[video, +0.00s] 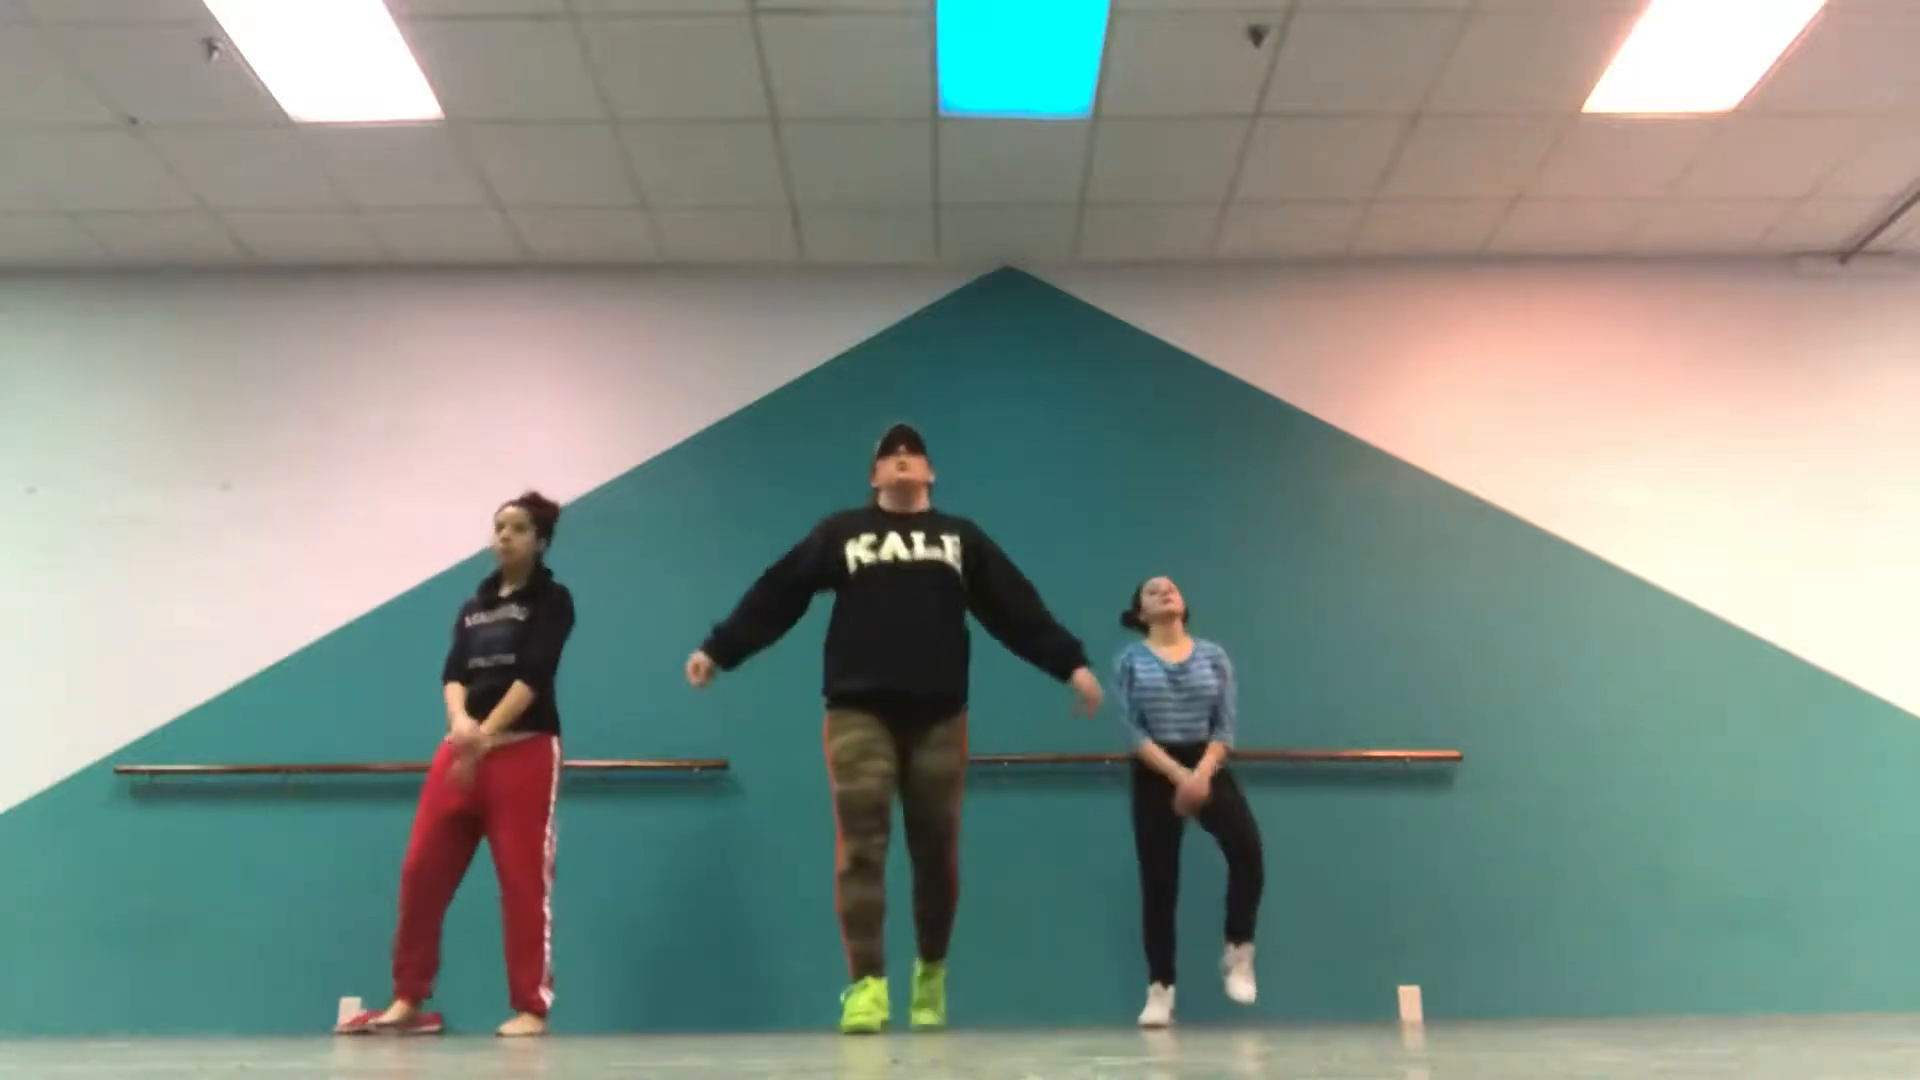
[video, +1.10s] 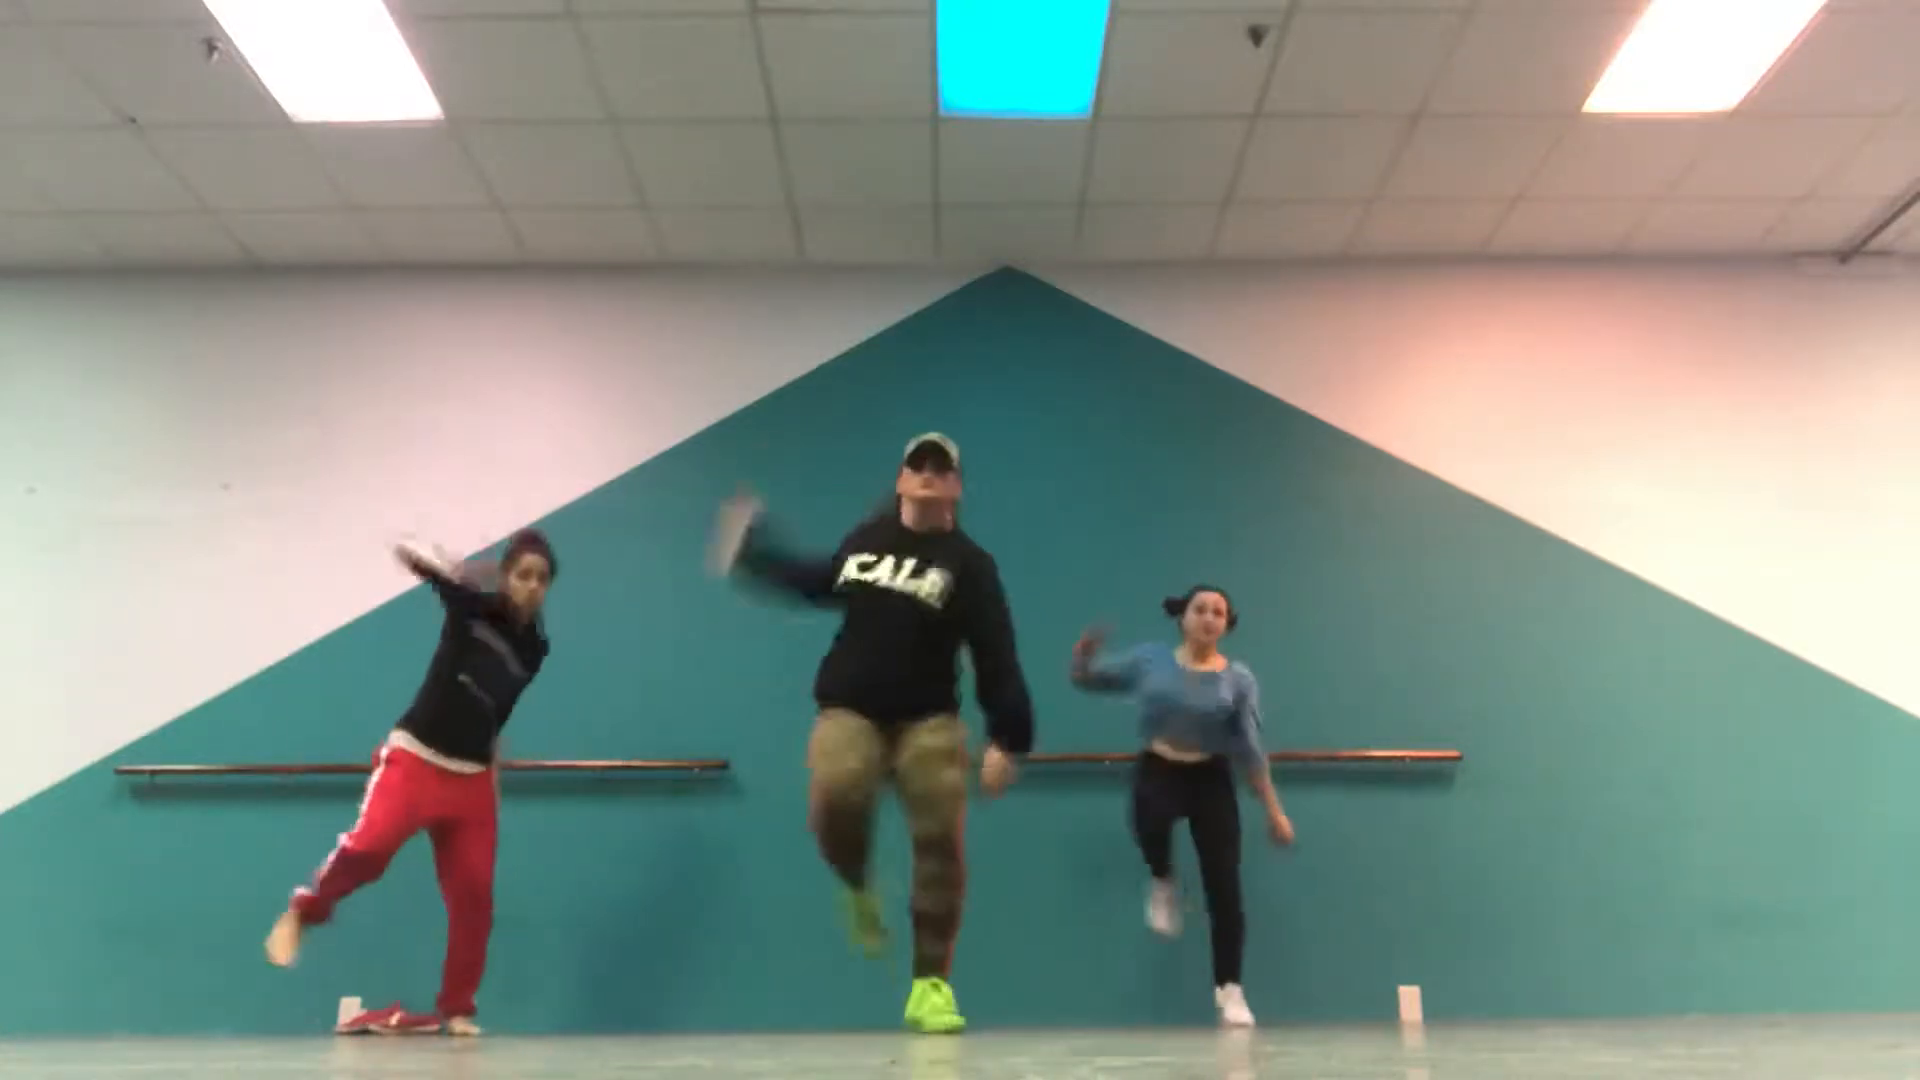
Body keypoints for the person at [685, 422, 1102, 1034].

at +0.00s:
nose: (901, 461)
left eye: (912, 454)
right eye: (890, 455)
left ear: (930, 473)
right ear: (873, 475)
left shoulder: (961, 537)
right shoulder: (839, 533)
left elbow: (1015, 605)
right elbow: (777, 594)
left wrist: (1070, 662)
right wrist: (718, 649)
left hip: (938, 709)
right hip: (858, 707)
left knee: (936, 849)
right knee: (862, 846)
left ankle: (931, 972)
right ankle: (867, 983)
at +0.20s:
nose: (923, 488)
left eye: (933, 480)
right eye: (913, 482)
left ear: (951, 496)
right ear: (897, 500)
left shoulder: (980, 566)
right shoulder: (864, 558)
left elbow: (1011, 642)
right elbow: (821, 633)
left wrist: (1031, 715)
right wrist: (784, 704)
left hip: (941, 729)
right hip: (866, 726)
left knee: (938, 861)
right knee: (869, 851)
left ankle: (930, 985)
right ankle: (867, 976)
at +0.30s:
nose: (929, 499)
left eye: (939, 490)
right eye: (918, 493)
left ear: (957, 508)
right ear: (903, 512)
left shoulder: (984, 577)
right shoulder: (872, 570)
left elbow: (981, 653)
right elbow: (850, 651)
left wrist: (950, 702)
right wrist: (855, 720)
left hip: (941, 726)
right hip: (870, 724)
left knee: (942, 862)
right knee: (864, 853)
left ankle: (930, 988)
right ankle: (862, 977)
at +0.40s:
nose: (926, 485)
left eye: (936, 476)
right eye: (916, 478)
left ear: (954, 492)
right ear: (902, 494)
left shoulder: (980, 558)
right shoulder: (876, 550)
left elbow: (971, 615)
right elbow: (856, 606)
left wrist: (898, 607)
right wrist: (900, 634)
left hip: (945, 724)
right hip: (873, 718)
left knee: (940, 855)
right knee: (860, 846)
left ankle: (931, 983)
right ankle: (866, 967)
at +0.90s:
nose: (919, 477)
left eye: (930, 468)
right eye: (909, 467)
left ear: (945, 481)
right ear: (891, 480)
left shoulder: (965, 533)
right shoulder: (861, 539)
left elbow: (958, 587)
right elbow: (852, 619)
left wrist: (923, 606)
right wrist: (877, 686)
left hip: (947, 698)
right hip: (875, 702)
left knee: (934, 815)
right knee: (888, 846)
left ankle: (930, 946)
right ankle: (916, 973)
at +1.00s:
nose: (929, 466)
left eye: (940, 460)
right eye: (919, 458)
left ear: (954, 475)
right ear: (900, 472)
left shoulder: (976, 534)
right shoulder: (862, 532)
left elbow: (984, 604)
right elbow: (821, 610)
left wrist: (971, 663)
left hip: (940, 699)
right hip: (862, 703)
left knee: (935, 833)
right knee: (864, 842)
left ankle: (933, 972)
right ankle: (903, 941)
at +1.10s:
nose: (930, 478)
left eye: (942, 471)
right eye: (920, 469)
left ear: (957, 486)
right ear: (901, 481)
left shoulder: (970, 564)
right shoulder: (868, 539)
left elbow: (996, 653)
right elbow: (820, 582)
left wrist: (1008, 736)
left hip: (929, 714)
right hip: (850, 707)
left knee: (939, 844)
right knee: (836, 798)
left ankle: (932, 981)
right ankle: (859, 887)